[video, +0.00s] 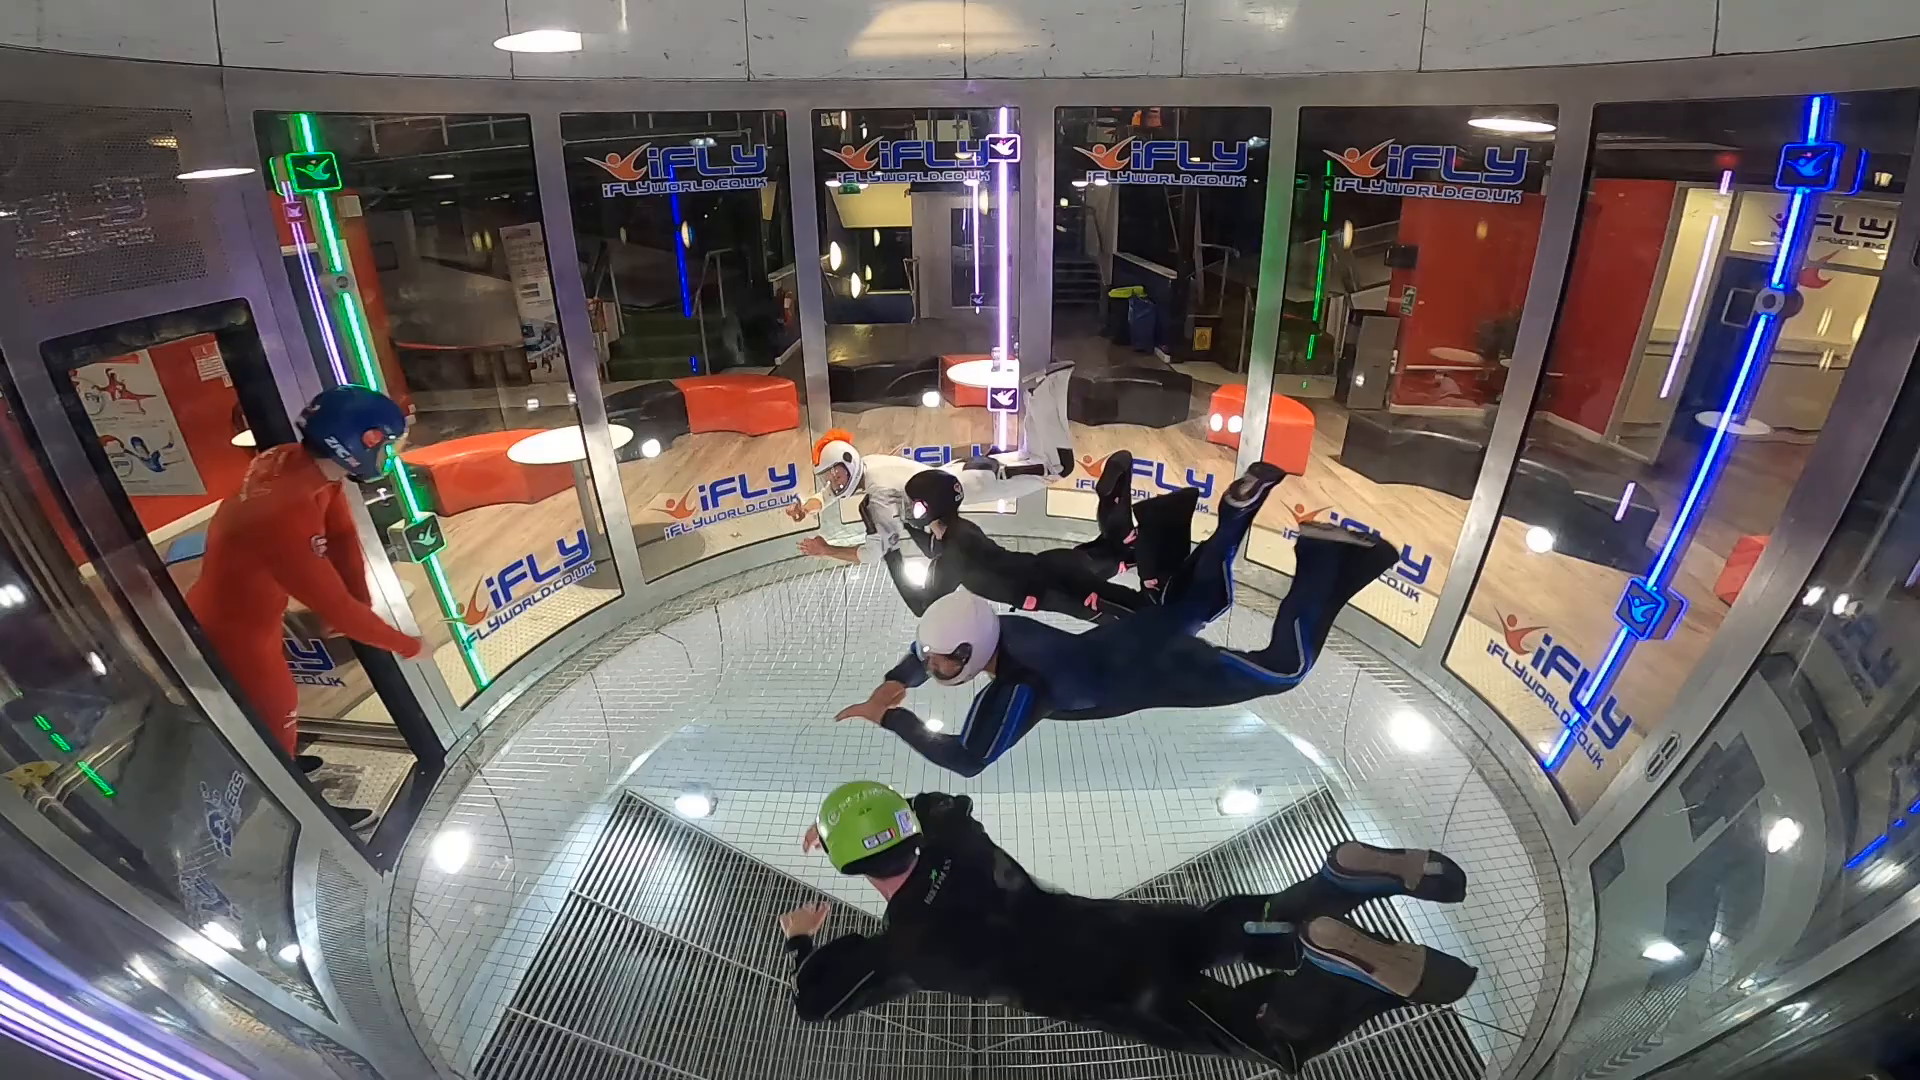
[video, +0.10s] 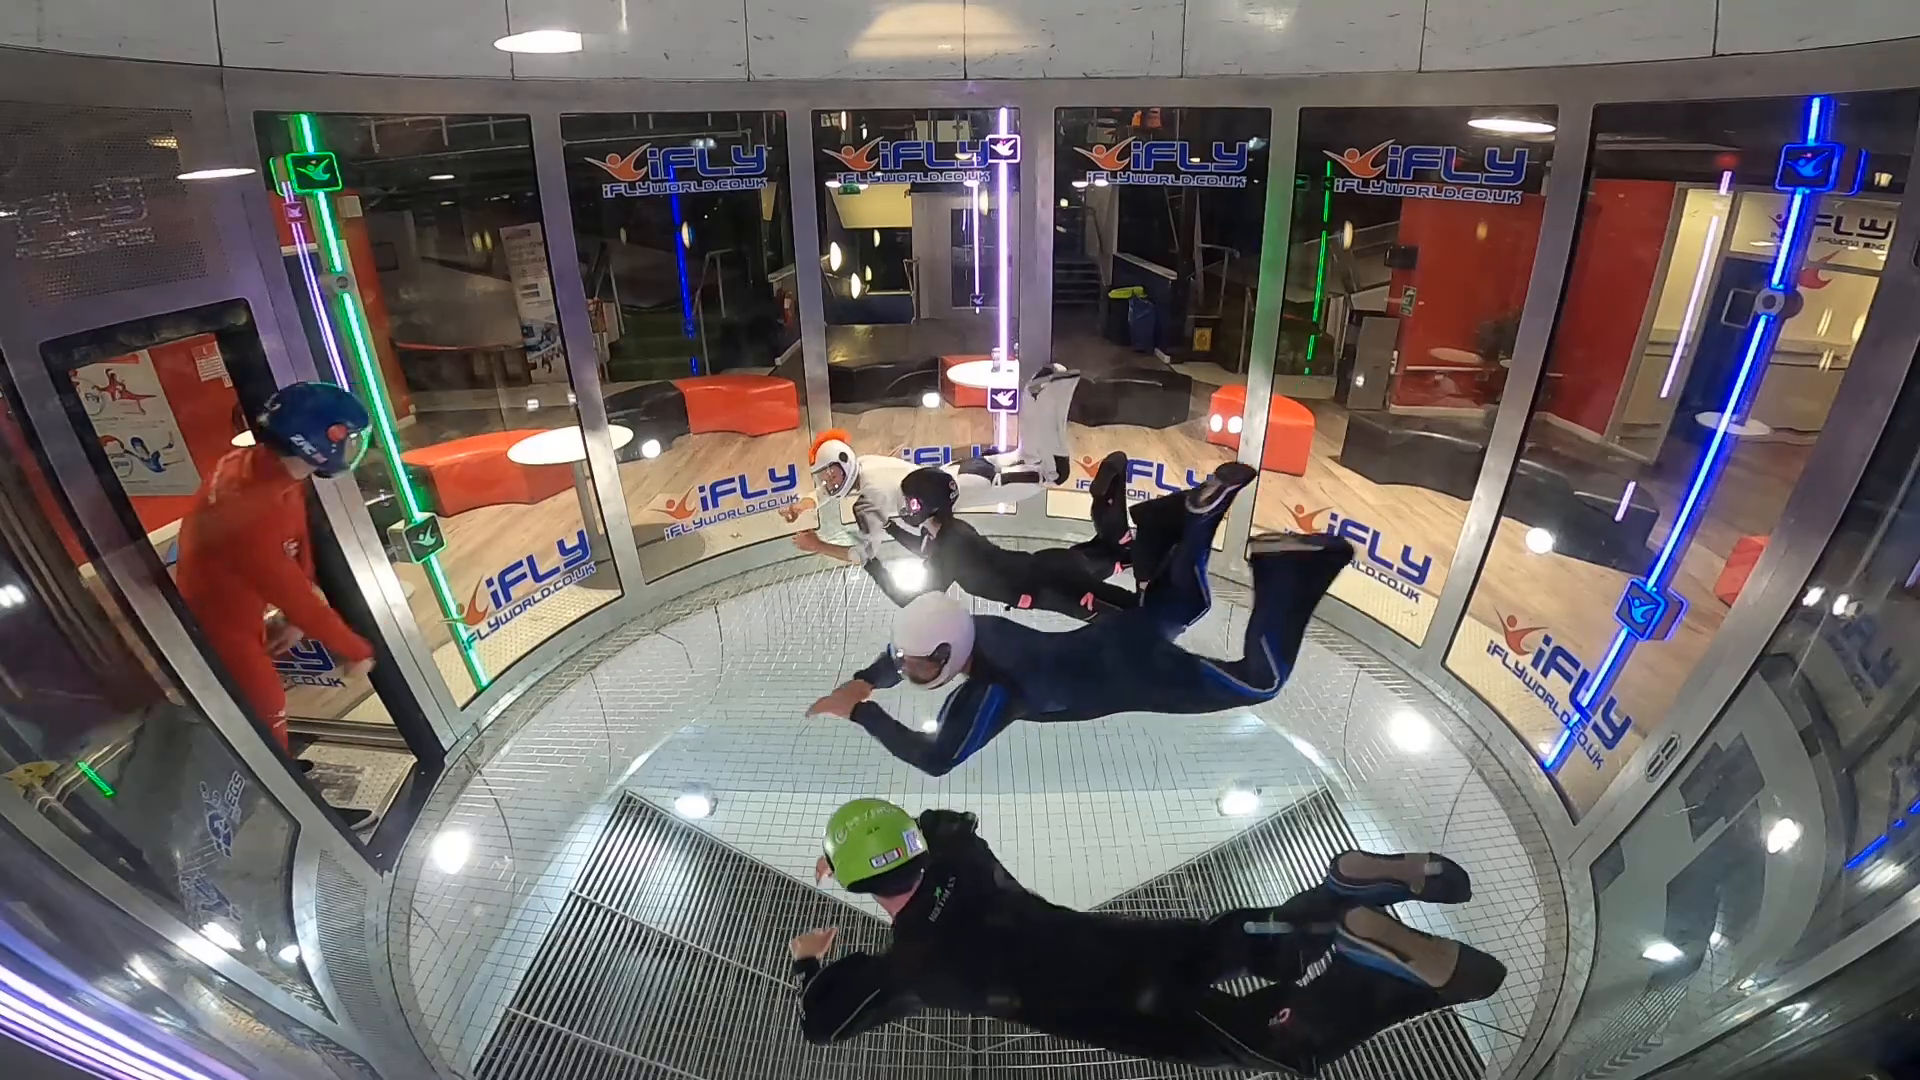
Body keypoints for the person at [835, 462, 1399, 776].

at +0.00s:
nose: (941, 671)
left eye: (947, 663)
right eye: (936, 661)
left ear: (975, 658)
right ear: (962, 638)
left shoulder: (1018, 688)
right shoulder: (990, 623)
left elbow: (967, 759)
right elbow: (929, 652)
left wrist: (895, 718)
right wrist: (895, 690)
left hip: (1159, 675)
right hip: (1131, 637)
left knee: (1285, 666)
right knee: (1205, 597)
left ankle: (1324, 557)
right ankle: (1235, 512)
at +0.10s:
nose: (916, 676)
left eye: (924, 668)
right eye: (910, 666)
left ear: (953, 659)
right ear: (929, 643)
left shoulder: (993, 687)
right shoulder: (965, 624)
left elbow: (936, 757)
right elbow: (903, 654)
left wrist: (862, 713)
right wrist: (861, 685)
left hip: (1138, 676)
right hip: (1117, 630)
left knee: (1261, 679)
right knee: (1182, 593)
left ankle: (1285, 566)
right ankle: (1203, 513)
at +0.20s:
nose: (863, 670)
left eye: (871, 661)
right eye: (861, 660)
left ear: (904, 657)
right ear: (905, 637)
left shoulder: (946, 686)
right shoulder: (924, 629)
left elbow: (883, 756)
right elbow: (862, 656)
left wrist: (818, 695)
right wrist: (812, 672)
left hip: (1098, 681)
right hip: (1075, 641)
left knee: (1219, 691)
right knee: (1145, 611)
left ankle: (1219, 572)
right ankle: (1171, 520)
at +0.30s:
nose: (819, 666)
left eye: (826, 661)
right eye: (817, 658)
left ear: (857, 657)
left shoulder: (899, 687)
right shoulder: (887, 622)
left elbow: (832, 751)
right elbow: (823, 640)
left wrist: (766, 690)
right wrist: (765, 663)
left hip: (1067, 691)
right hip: (1051, 641)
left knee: (1179, 702)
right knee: (1110, 618)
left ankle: (1177, 570)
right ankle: (1152, 538)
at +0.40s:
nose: (775, 655)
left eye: (782, 648)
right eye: (773, 645)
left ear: (810, 646)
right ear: (809, 616)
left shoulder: (853, 684)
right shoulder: (843, 616)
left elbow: (783, 750)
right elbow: (783, 627)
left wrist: (716, 695)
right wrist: (723, 643)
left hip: (1024, 693)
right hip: (1005, 649)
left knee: (1133, 722)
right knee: (1070, 625)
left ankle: (1148, 602)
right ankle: (1116, 527)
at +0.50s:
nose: (736, 645)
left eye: (741, 638)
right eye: (733, 636)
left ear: (764, 635)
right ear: (772, 609)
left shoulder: (802, 681)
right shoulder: (806, 609)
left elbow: (737, 748)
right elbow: (755, 612)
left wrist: (672, 690)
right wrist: (697, 617)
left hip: (977, 696)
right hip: (969, 651)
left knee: (1090, 736)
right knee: (1043, 623)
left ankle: (1129, 628)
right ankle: (1088, 526)